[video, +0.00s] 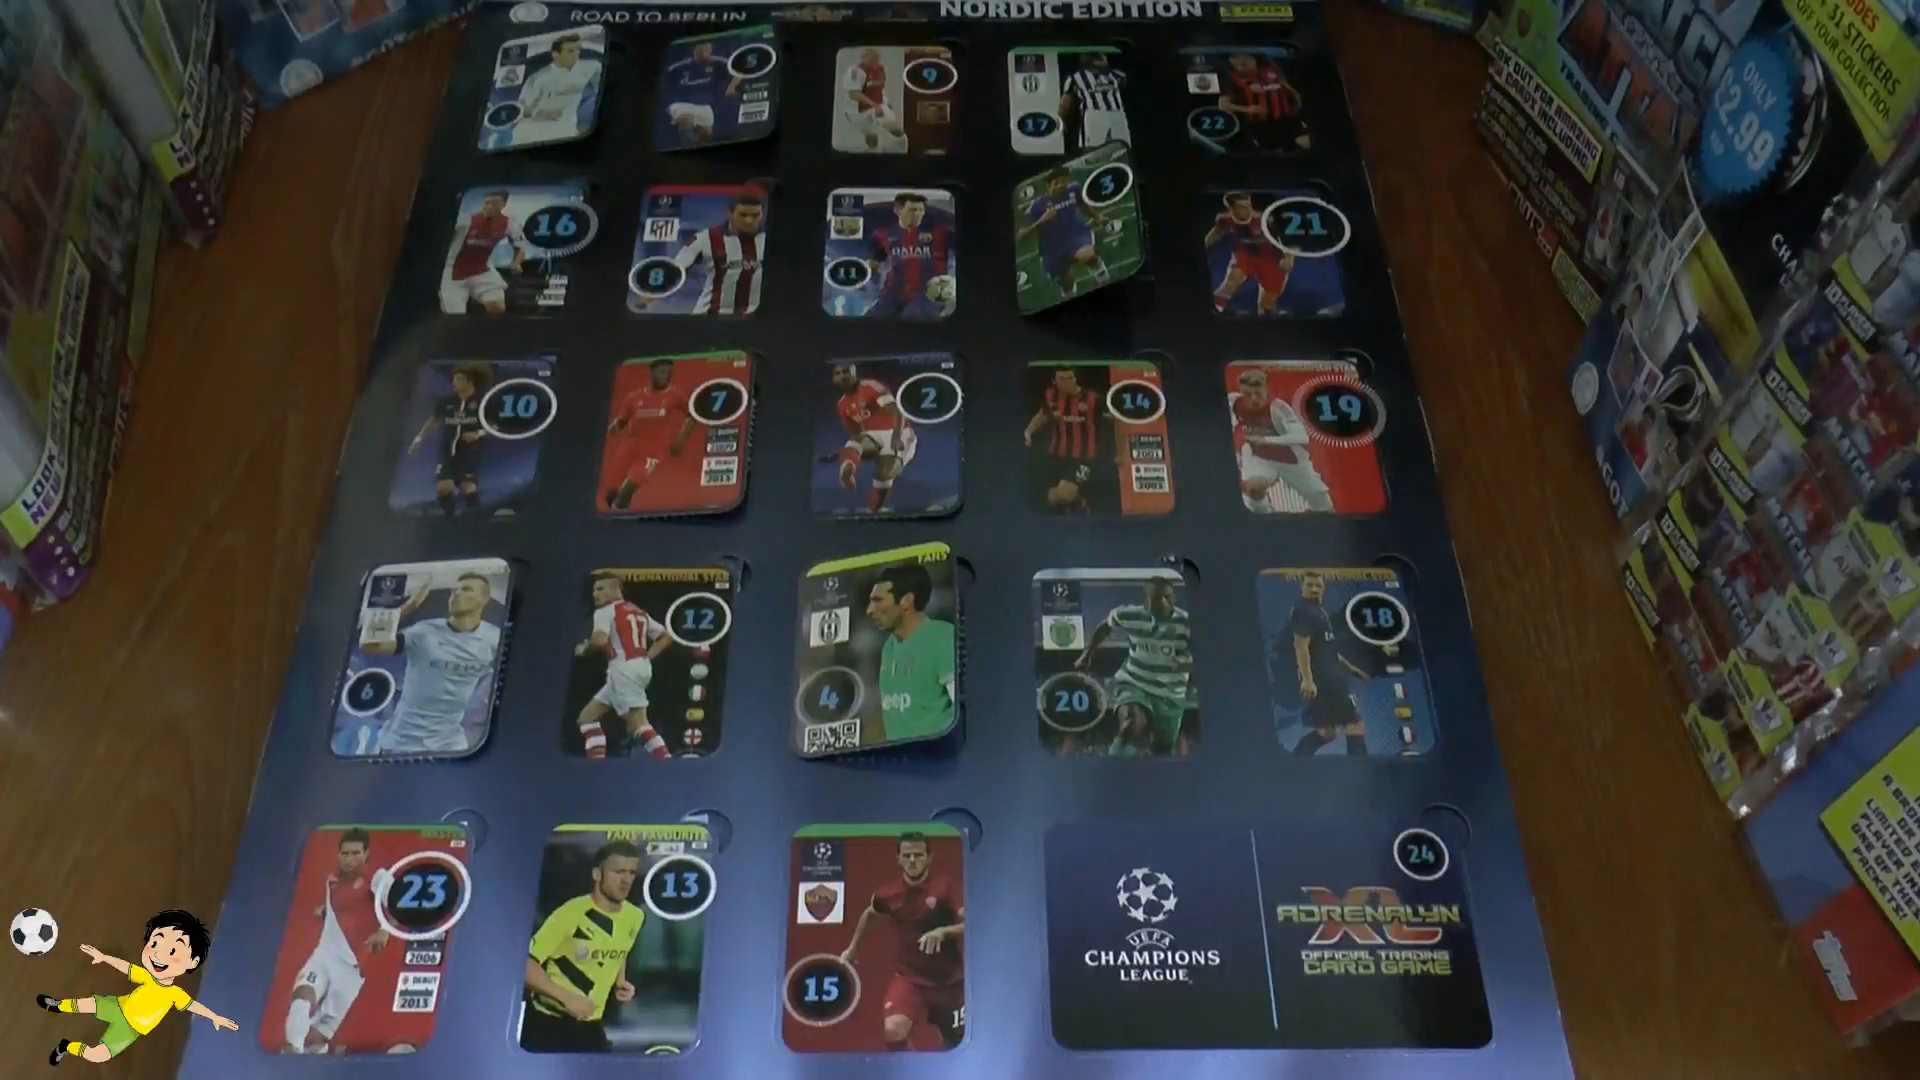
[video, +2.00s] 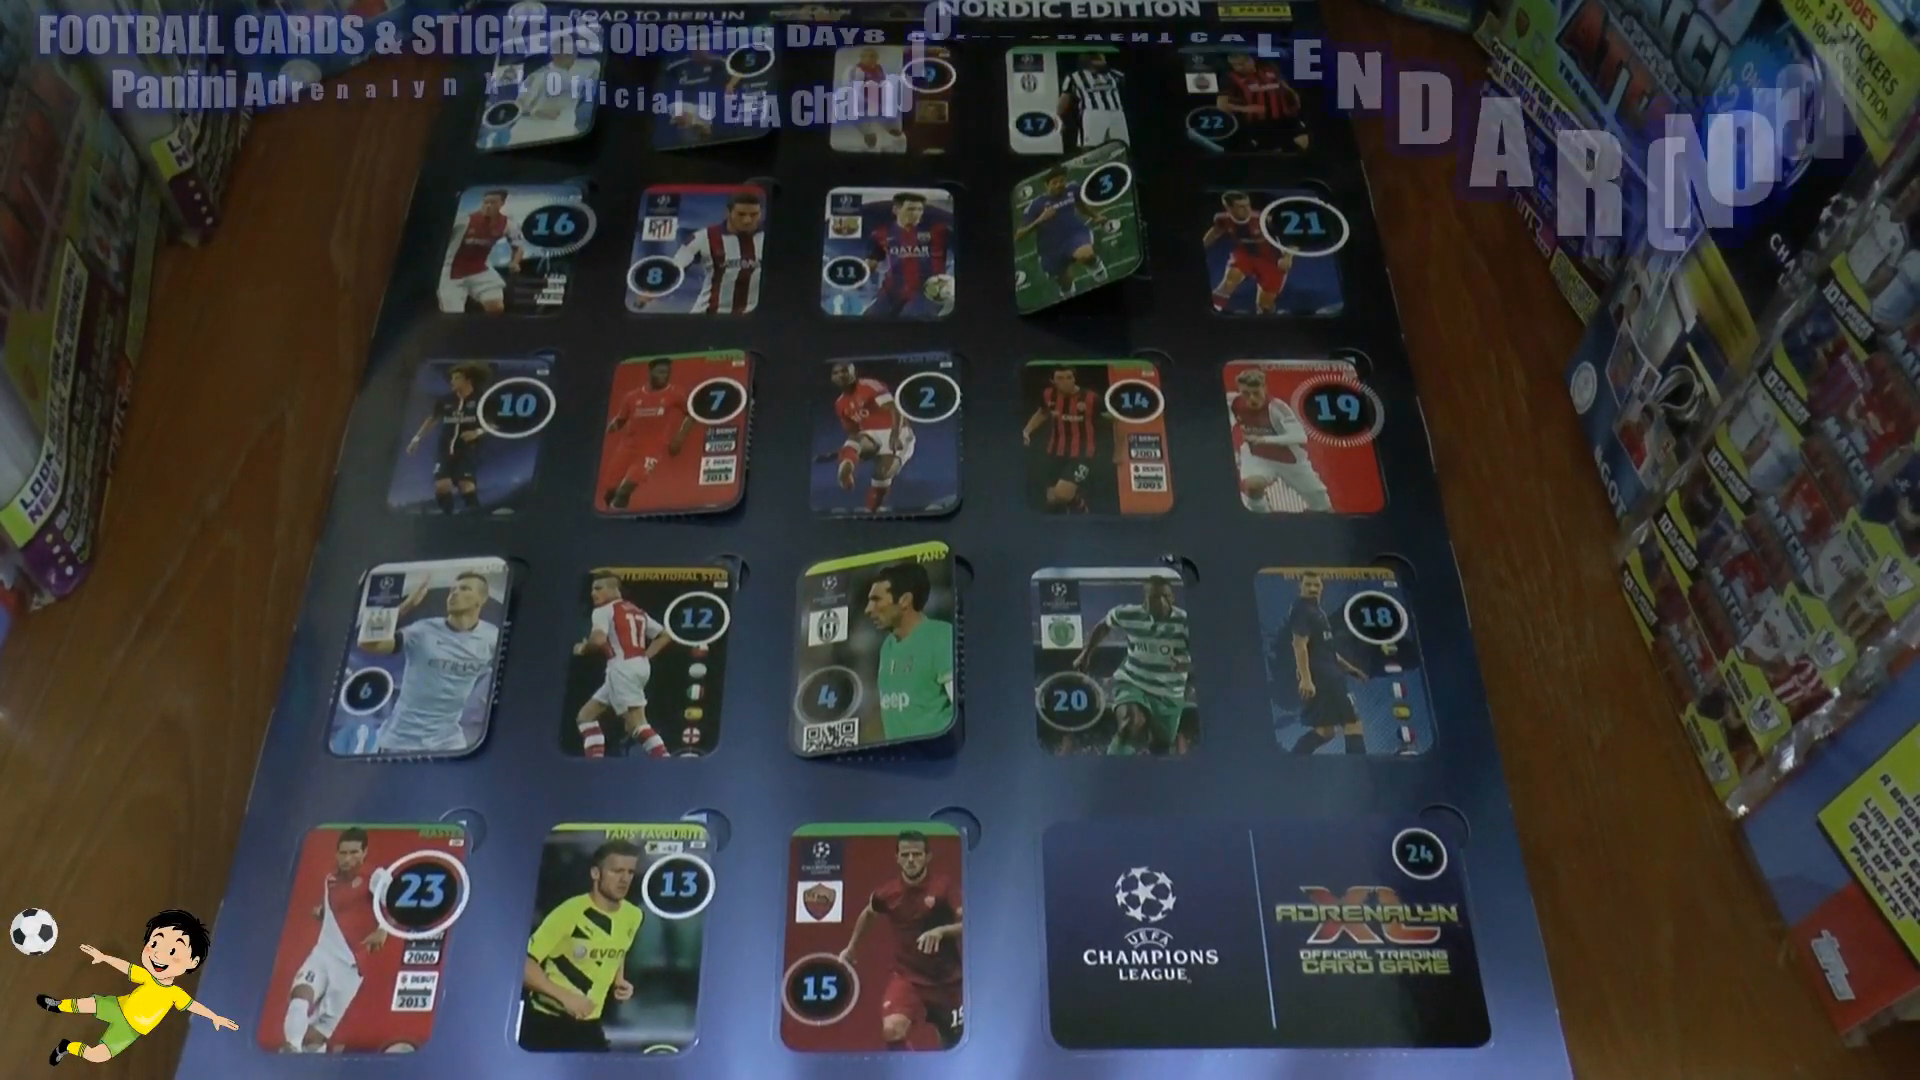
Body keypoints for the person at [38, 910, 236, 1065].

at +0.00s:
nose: (160, 956)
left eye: (173, 952)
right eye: (156, 945)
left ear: (190, 965)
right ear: (145, 946)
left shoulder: (176, 995)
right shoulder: (143, 975)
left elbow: (195, 1007)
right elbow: (124, 967)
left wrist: (215, 1018)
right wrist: (103, 958)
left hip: (131, 1030)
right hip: (119, 1008)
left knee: (98, 1055)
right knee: (88, 1003)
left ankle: (66, 1047)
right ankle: (57, 1006)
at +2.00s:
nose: (159, 956)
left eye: (172, 953)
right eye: (156, 944)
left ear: (189, 965)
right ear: (146, 945)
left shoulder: (176, 995)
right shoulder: (143, 975)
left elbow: (195, 1007)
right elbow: (124, 967)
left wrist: (215, 1017)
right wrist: (103, 958)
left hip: (131, 1030)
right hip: (119, 1008)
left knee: (99, 1055)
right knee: (89, 1003)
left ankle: (66, 1047)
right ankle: (57, 1006)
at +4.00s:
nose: (159, 955)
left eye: (172, 952)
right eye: (155, 944)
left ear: (187, 967)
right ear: (145, 945)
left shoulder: (176, 995)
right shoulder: (144, 976)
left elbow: (195, 1007)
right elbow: (124, 966)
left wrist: (215, 1017)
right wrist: (103, 958)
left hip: (131, 1030)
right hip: (119, 1008)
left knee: (99, 1055)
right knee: (89, 1003)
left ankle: (66, 1047)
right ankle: (57, 1006)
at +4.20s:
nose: (159, 955)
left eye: (172, 952)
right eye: (155, 944)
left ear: (187, 966)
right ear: (145, 945)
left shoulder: (176, 995)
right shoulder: (144, 976)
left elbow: (195, 1007)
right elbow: (124, 966)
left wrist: (215, 1017)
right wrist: (103, 958)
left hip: (131, 1030)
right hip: (119, 1008)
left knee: (99, 1055)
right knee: (88, 1003)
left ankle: (66, 1047)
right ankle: (57, 1006)